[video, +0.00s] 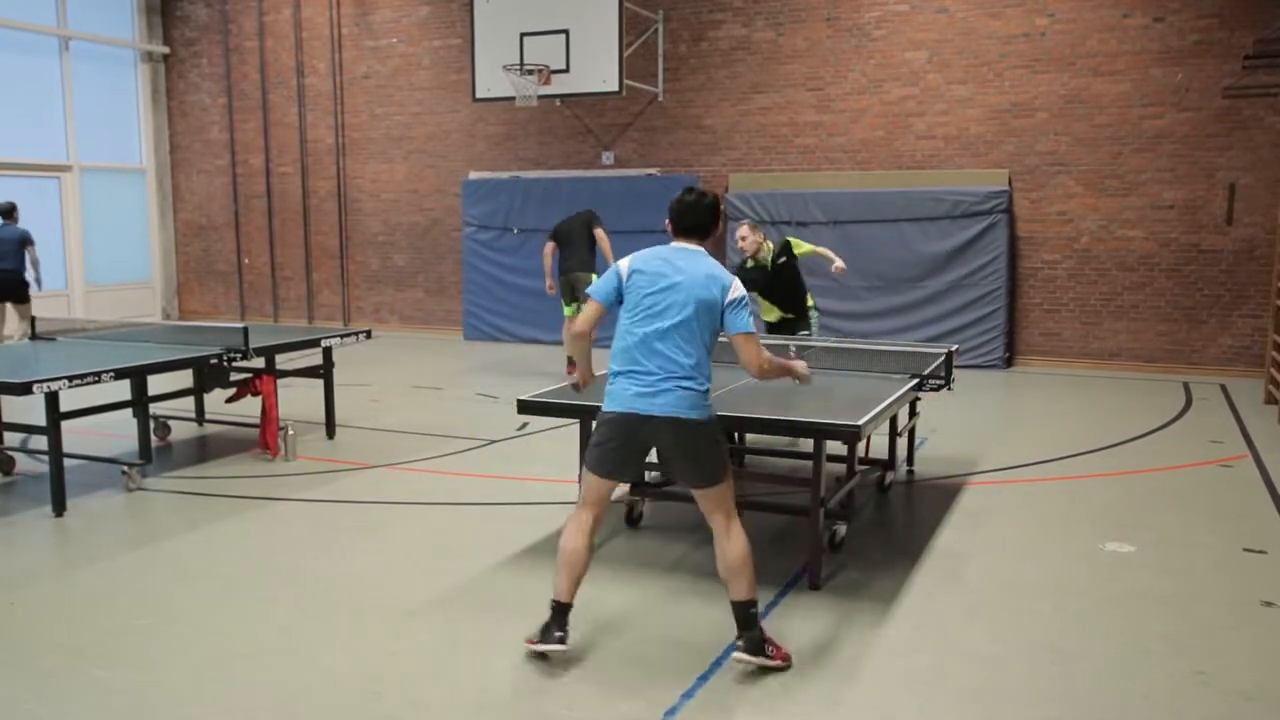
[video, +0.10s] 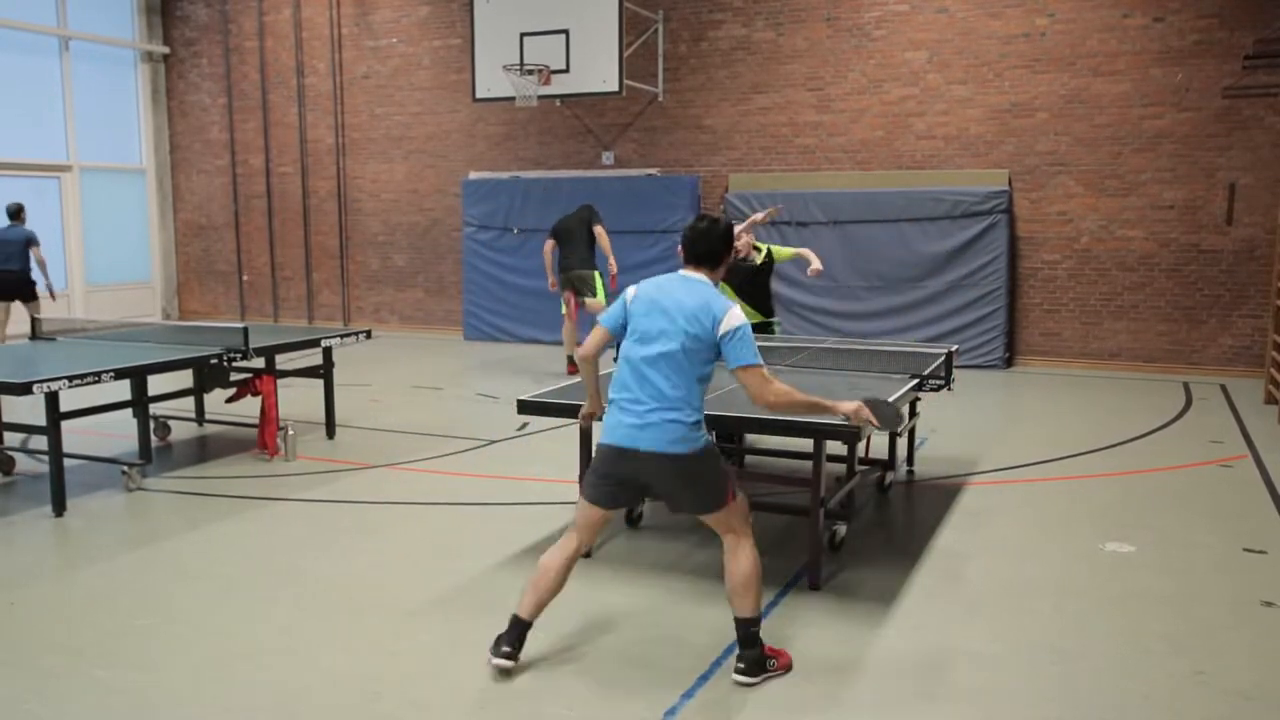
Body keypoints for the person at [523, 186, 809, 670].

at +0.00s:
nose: (725, 233)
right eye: (724, 227)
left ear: (670, 227)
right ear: (717, 230)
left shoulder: (631, 264)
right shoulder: (724, 282)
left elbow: (578, 329)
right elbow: (757, 365)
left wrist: (584, 373)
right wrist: (787, 367)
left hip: (623, 410)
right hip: (687, 416)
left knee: (587, 512)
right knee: (725, 520)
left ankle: (557, 624)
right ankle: (750, 636)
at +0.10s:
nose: (729, 263)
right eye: (731, 256)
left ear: (681, 253)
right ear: (725, 261)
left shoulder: (638, 292)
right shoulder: (724, 310)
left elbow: (586, 353)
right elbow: (767, 395)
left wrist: (593, 399)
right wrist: (838, 407)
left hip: (617, 446)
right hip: (680, 451)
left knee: (575, 538)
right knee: (736, 533)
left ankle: (510, 640)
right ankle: (750, 652)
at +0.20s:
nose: (749, 303)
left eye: (745, 293)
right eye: (749, 295)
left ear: (697, 290)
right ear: (742, 300)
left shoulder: (652, 329)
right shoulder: (726, 354)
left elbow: (596, 383)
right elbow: (781, 434)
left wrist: (591, 441)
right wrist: (857, 425)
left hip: (613, 477)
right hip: (675, 481)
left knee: (575, 559)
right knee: (747, 532)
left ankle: (508, 649)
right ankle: (752, 655)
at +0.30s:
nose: (766, 332)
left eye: (762, 324)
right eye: (765, 326)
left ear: (711, 323)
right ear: (753, 332)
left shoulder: (667, 350)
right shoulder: (745, 391)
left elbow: (603, 401)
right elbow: (823, 428)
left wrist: (582, 461)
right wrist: (888, 399)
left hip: (608, 496)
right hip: (667, 507)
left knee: (582, 567)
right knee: (755, 529)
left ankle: (510, 648)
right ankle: (754, 655)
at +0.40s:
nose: (779, 334)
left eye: (773, 326)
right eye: (779, 328)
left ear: (728, 317)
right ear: (770, 330)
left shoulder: (677, 343)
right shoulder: (760, 384)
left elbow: (610, 388)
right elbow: (836, 428)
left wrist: (577, 445)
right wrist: (897, 400)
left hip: (622, 493)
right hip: (684, 503)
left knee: (580, 561)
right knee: (766, 531)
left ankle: (507, 648)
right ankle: (754, 654)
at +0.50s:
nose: (799, 286)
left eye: (799, 279)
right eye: (799, 279)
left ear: (746, 274)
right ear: (788, 281)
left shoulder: (694, 302)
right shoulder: (787, 344)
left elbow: (629, 354)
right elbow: (825, 432)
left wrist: (586, 417)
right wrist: (881, 437)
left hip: (650, 459)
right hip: (717, 473)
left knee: (586, 554)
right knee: (769, 536)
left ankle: (524, 645)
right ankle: (756, 655)